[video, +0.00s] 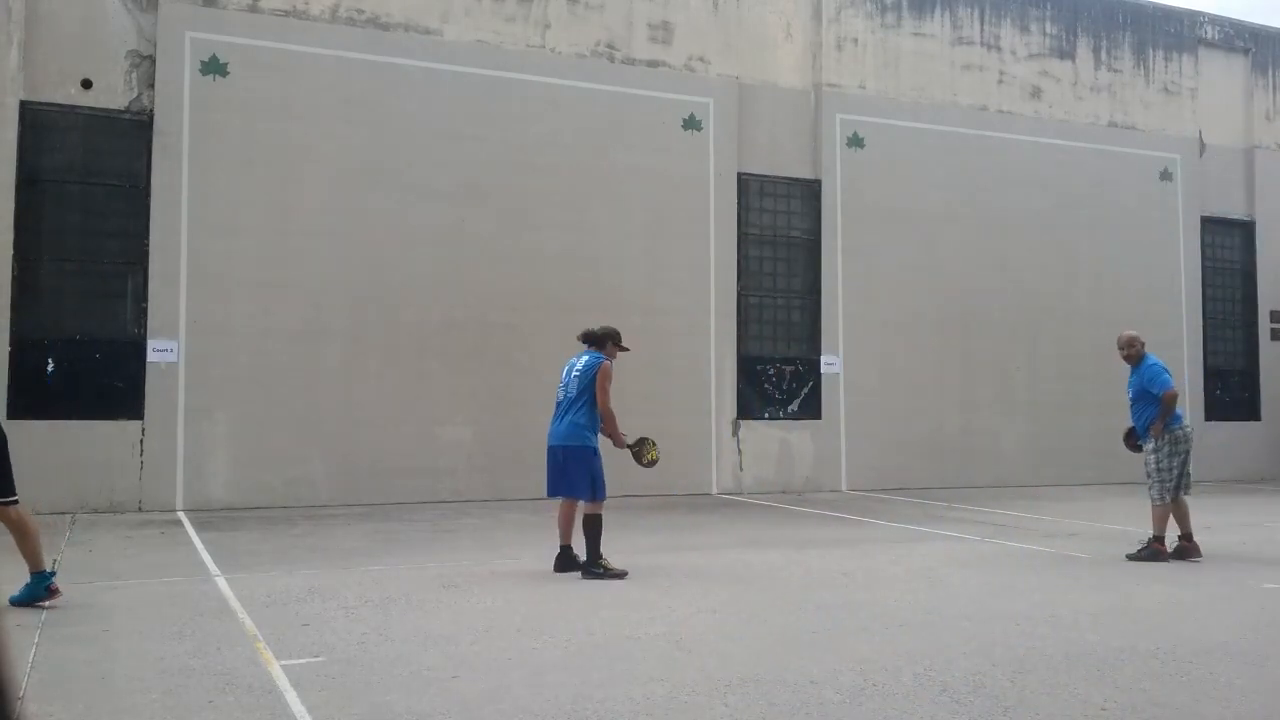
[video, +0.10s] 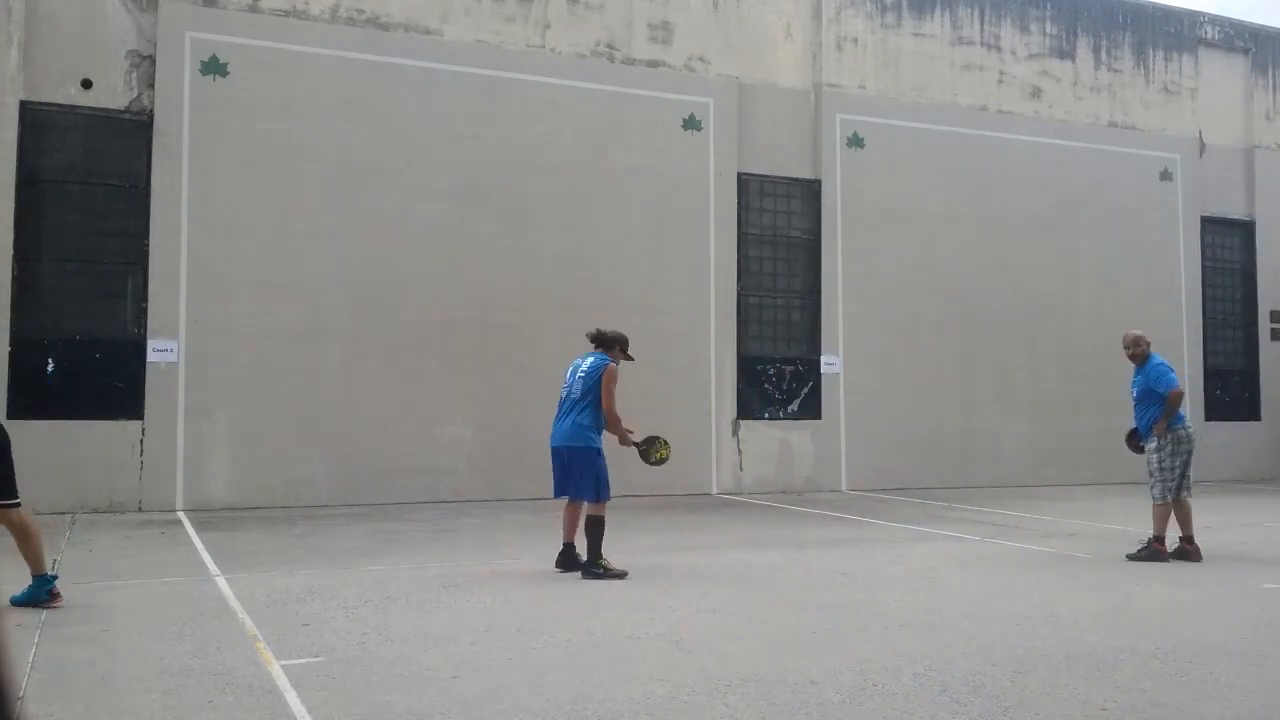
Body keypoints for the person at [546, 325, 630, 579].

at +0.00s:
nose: (617, 354)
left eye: (618, 349)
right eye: (616, 348)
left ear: (594, 344)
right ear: (607, 345)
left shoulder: (573, 362)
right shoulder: (603, 364)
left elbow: (579, 409)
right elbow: (604, 408)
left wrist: (606, 430)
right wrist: (617, 436)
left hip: (557, 441)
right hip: (580, 442)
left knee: (569, 496)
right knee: (594, 497)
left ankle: (565, 555)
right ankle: (594, 561)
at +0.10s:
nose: (621, 360)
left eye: (623, 356)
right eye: (622, 355)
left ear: (599, 348)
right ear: (613, 350)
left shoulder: (577, 364)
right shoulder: (609, 366)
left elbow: (588, 412)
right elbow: (608, 410)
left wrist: (618, 428)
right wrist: (622, 435)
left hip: (560, 441)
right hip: (583, 442)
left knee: (575, 497)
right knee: (598, 498)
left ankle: (567, 554)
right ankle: (594, 561)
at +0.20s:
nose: (626, 363)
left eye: (628, 359)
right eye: (627, 358)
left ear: (604, 349)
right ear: (618, 352)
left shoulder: (582, 364)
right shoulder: (613, 368)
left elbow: (594, 415)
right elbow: (613, 414)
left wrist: (624, 427)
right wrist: (629, 433)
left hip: (562, 441)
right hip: (585, 442)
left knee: (578, 496)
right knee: (601, 498)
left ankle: (572, 550)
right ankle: (594, 561)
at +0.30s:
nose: (630, 364)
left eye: (632, 360)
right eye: (631, 359)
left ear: (608, 350)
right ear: (622, 352)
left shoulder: (585, 364)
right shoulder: (617, 369)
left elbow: (589, 418)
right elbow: (618, 415)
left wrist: (623, 428)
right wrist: (639, 430)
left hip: (562, 440)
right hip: (586, 441)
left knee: (580, 497)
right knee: (600, 499)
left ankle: (578, 550)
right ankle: (594, 561)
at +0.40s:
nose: (634, 361)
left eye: (635, 355)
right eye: (632, 354)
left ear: (610, 350)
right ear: (621, 350)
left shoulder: (588, 365)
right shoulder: (620, 369)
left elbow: (593, 418)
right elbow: (622, 414)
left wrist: (626, 428)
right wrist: (643, 428)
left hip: (563, 440)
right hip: (587, 442)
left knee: (581, 499)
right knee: (602, 499)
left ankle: (581, 555)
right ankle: (595, 560)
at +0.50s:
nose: (635, 357)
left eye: (635, 352)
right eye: (632, 351)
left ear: (612, 351)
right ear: (620, 350)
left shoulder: (589, 368)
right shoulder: (619, 370)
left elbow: (597, 419)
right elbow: (623, 414)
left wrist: (631, 429)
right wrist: (643, 427)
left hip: (564, 441)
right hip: (587, 442)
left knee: (582, 499)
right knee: (605, 498)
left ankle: (581, 555)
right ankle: (595, 561)